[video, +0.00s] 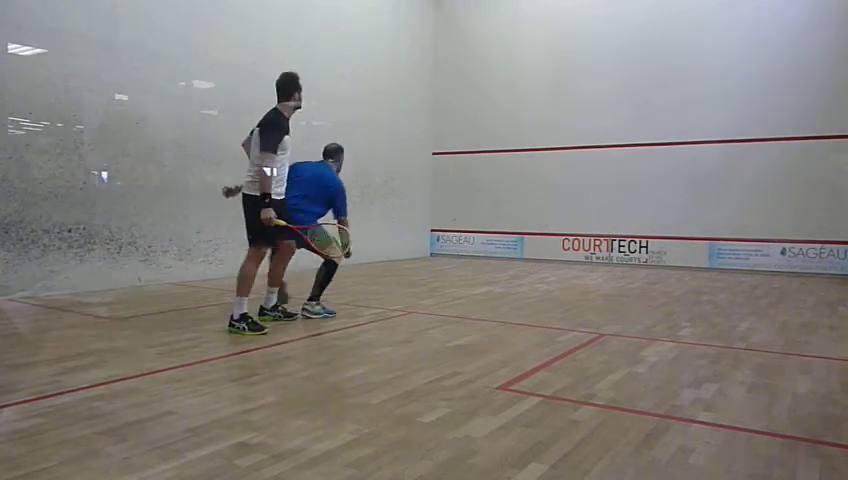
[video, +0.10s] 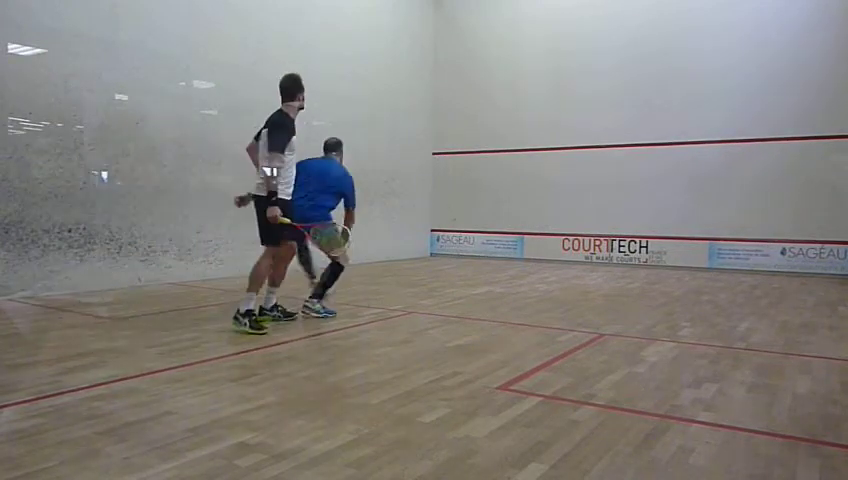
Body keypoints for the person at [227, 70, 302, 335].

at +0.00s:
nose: (302, 97)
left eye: (301, 92)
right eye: (301, 93)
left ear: (281, 94)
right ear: (294, 95)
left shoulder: (274, 118)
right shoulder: (275, 123)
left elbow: (247, 143)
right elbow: (266, 166)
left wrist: (262, 171)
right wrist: (266, 202)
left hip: (270, 195)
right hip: (259, 197)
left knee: (286, 247)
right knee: (257, 252)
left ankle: (269, 306)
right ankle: (238, 315)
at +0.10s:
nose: (305, 98)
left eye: (303, 94)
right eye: (304, 94)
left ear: (283, 96)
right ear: (299, 96)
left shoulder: (278, 120)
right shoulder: (282, 123)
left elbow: (252, 148)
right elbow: (271, 164)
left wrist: (267, 177)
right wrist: (272, 200)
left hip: (279, 196)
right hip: (271, 197)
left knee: (287, 249)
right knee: (272, 251)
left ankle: (268, 305)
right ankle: (246, 310)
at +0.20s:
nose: (309, 96)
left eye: (306, 92)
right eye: (308, 91)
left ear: (286, 93)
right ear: (305, 93)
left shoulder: (278, 118)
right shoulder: (293, 120)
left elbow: (256, 147)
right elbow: (284, 159)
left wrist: (272, 174)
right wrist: (282, 195)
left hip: (274, 192)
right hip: (287, 192)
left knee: (285, 247)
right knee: (293, 246)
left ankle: (267, 300)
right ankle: (264, 301)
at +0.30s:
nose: (314, 97)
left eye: (309, 93)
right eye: (314, 93)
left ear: (291, 94)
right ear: (312, 95)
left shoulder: (282, 120)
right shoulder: (304, 122)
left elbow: (265, 153)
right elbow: (297, 159)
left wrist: (284, 171)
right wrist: (299, 193)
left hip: (276, 191)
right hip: (295, 191)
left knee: (281, 245)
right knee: (310, 243)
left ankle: (268, 303)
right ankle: (284, 297)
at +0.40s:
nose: (320, 99)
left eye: (315, 94)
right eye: (320, 96)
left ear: (299, 97)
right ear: (319, 97)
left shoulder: (288, 124)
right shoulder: (316, 125)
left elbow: (278, 160)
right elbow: (313, 161)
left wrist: (298, 176)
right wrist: (321, 194)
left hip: (283, 192)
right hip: (306, 192)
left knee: (286, 244)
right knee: (322, 241)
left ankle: (269, 303)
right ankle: (313, 300)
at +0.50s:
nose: (329, 102)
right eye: (329, 99)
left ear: (309, 100)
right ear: (328, 101)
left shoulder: (297, 127)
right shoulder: (327, 127)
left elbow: (291, 165)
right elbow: (328, 160)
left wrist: (313, 179)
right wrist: (342, 190)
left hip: (294, 193)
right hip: (320, 194)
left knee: (295, 245)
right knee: (333, 243)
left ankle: (271, 300)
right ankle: (338, 300)